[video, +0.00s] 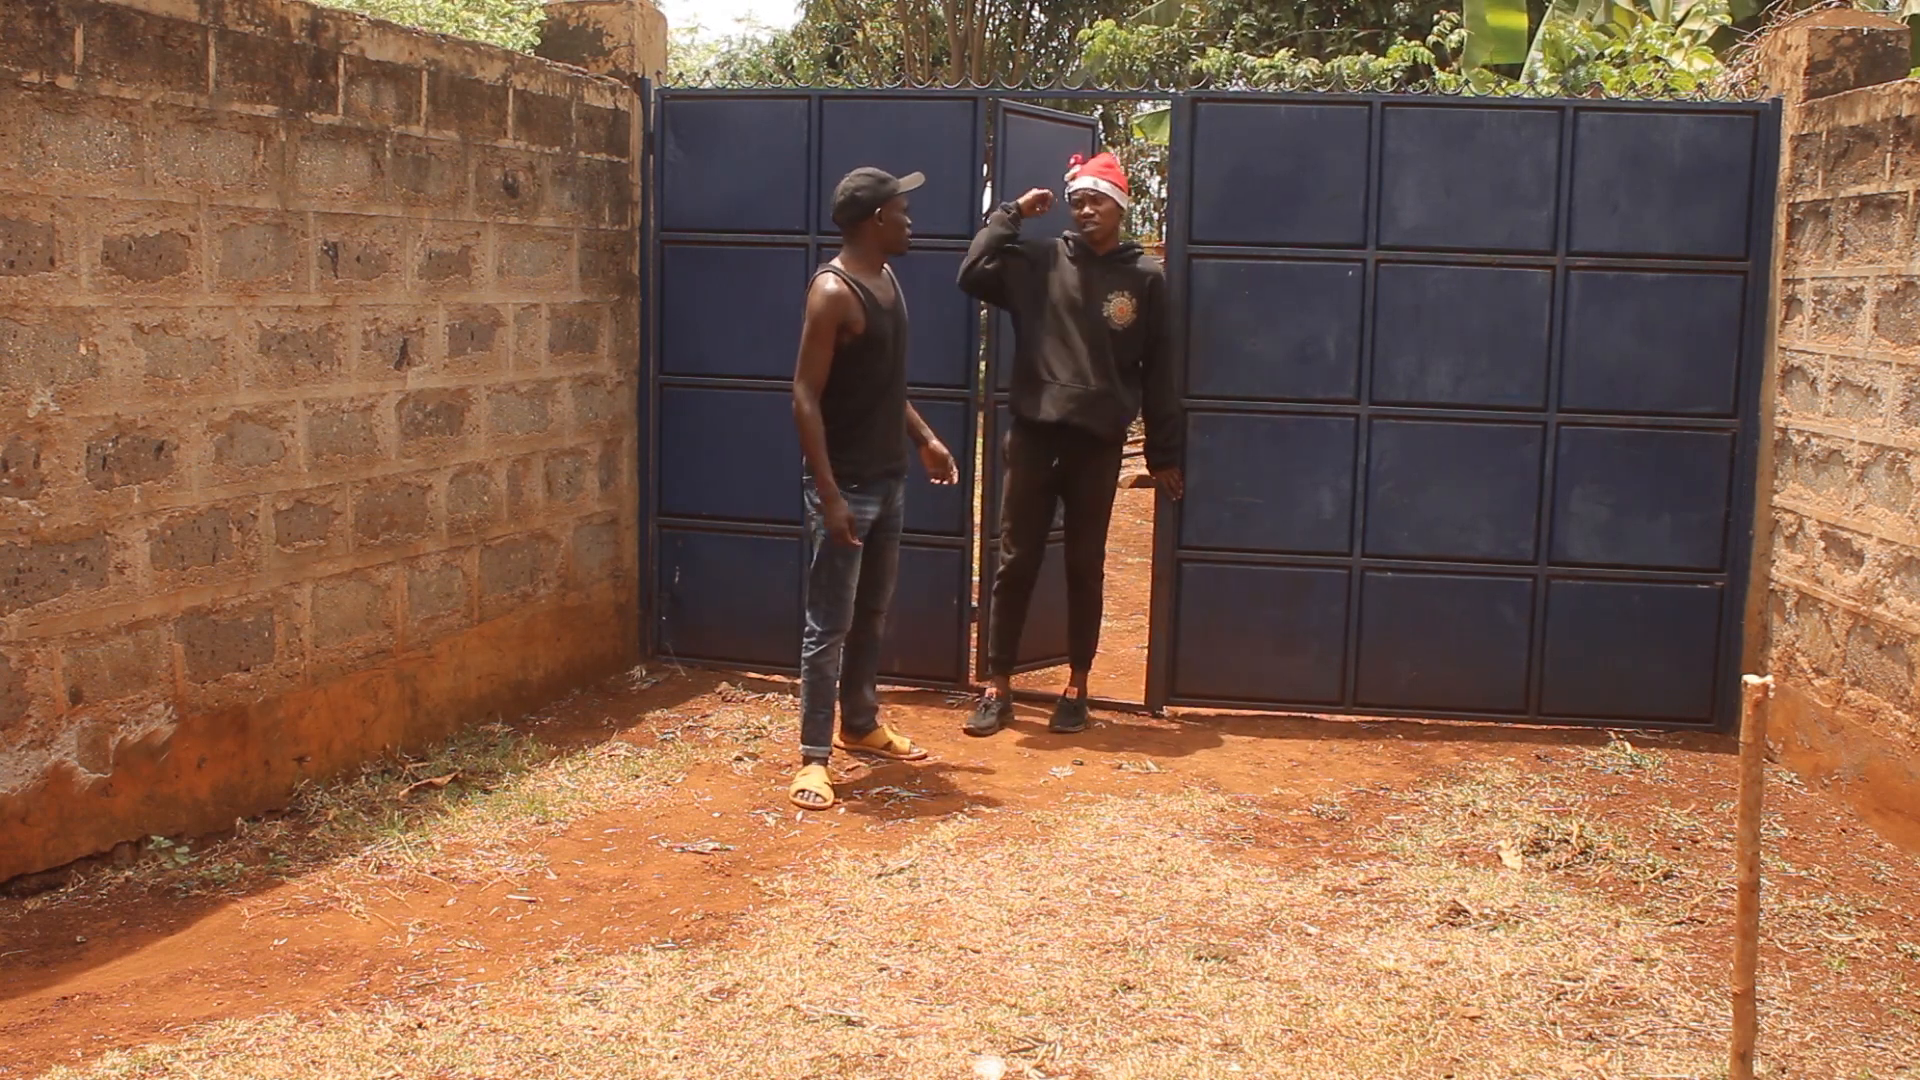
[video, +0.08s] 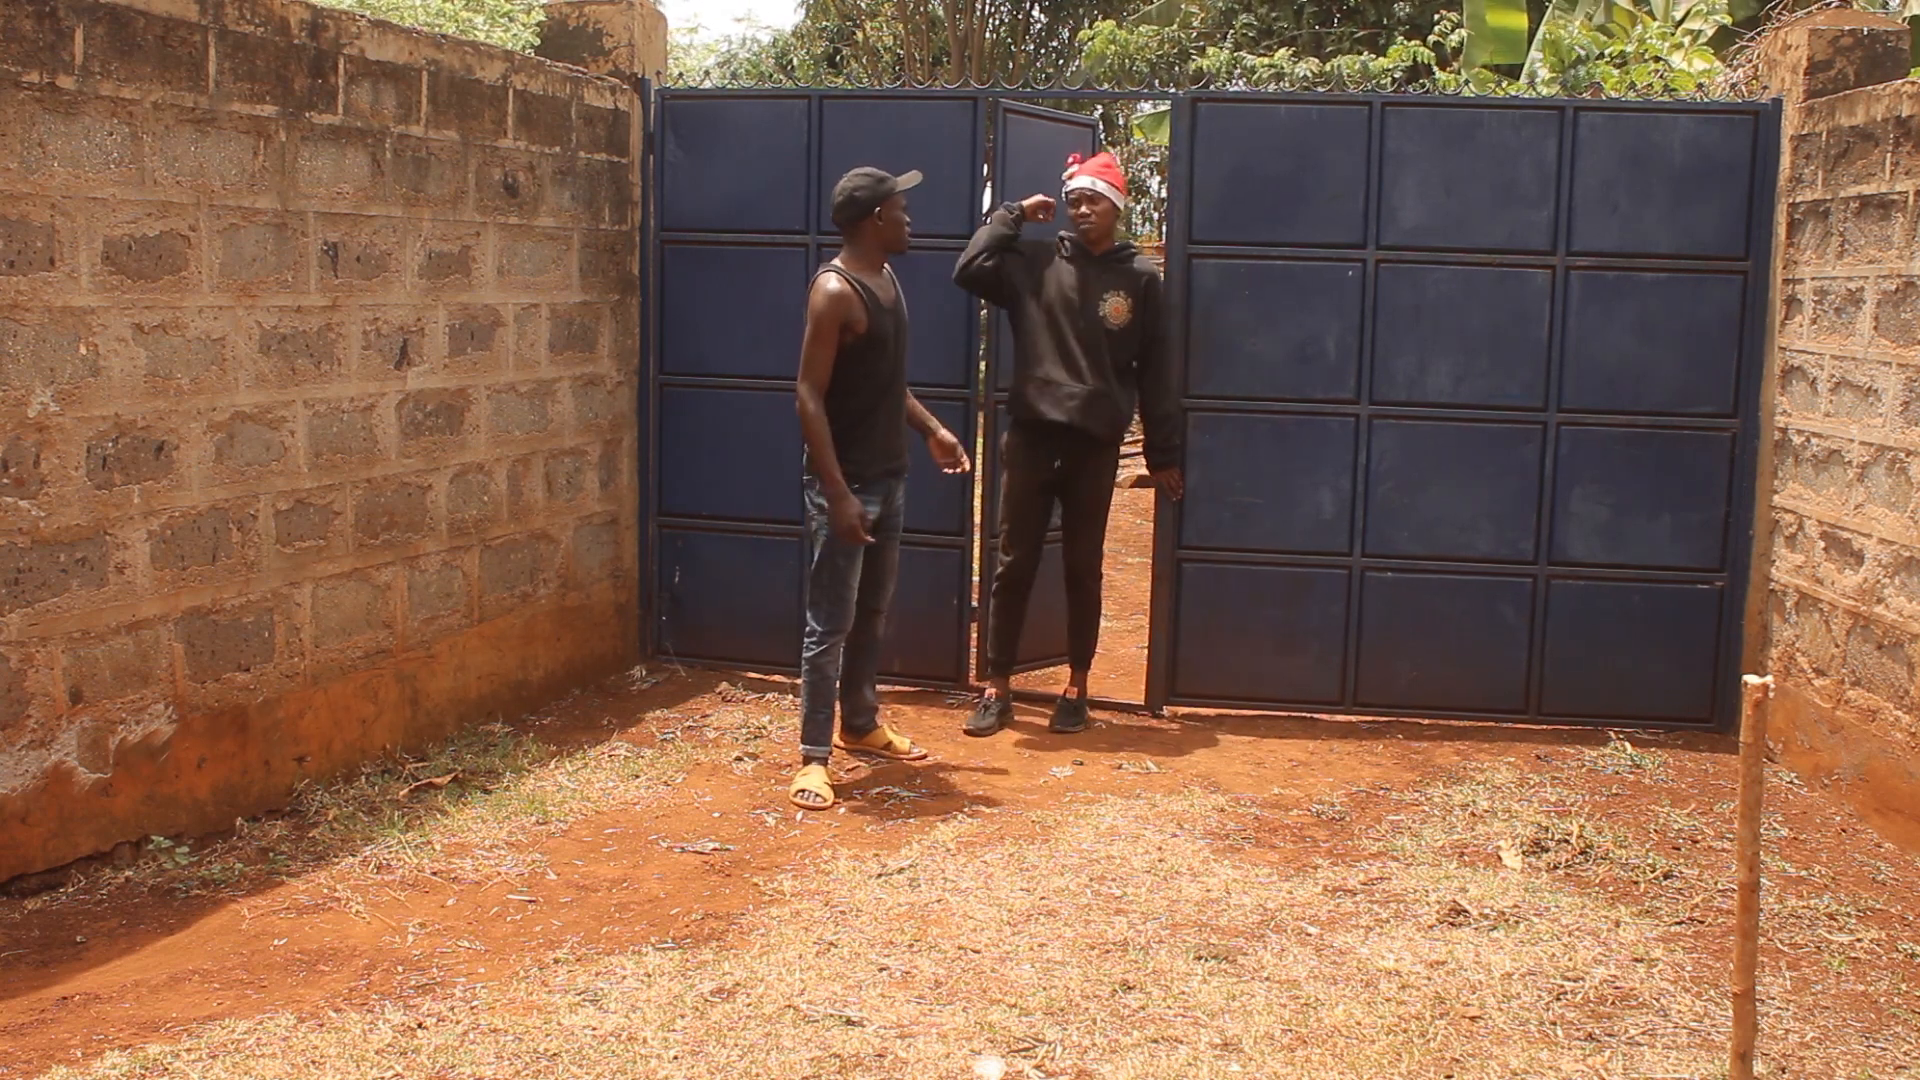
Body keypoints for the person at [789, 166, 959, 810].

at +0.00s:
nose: (909, 218)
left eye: (906, 208)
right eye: (901, 210)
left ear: (873, 220)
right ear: (869, 221)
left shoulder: (885, 279)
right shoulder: (831, 293)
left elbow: (881, 381)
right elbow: (804, 398)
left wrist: (924, 437)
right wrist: (829, 496)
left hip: (887, 477)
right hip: (842, 484)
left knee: (871, 613)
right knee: (827, 626)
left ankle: (861, 724)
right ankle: (814, 759)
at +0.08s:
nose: (910, 215)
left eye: (905, 205)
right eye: (901, 206)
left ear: (873, 220)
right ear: (872, 220)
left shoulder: (884, 281)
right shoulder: (833, 294)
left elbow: (883, 379)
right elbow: (808, 397)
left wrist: (931, 427)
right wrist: (838, 494)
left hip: (887, 477)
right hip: (841, 483)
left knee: (871, 611)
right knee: (828, 623)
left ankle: (861, 725)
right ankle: (814, 758)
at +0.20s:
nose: (910, 216)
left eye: (906, 206)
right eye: (901, 207)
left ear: (871, 219)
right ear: (874, 218)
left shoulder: (876, 280)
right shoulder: (839, 292)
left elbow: (896, 344)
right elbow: (816, 395)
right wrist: (845, 491)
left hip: (884, 477)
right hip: (843, 481)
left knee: (874, 611)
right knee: (830, 624)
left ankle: (860, 726)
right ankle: (813, 760)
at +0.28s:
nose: (915, 224)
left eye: (915, 213)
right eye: (906, 214)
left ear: (879, 219)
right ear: (875, 219)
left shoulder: (875, 269)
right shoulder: (848, 284)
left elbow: (916, 292)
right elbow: (826, 388)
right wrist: (850, 487)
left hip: (883, 471)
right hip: (845, 477)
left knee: (883, 604)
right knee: (835, 621)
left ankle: (861, 724)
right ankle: (810, 758)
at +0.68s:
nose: (934, 226)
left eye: (932, 217)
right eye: (928, 217)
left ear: (895, 222)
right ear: (903, 223)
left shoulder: (891, 277)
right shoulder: (867, 282)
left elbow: (929, 321)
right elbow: (854, 388)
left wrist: (992, 272)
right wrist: (900, 474)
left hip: (891, 468)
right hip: (857, 468)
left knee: (888, 603)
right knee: (844, 606)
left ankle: (860, 725)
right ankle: (802, 747)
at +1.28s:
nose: (940, 226)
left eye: (939, 216)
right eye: (935, 214)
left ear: (908, 217)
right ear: (909, 215)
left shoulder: (909, 266)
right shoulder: (861, 275)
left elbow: (973, 237)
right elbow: (855, 375)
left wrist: (1028, 185)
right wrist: (905, 461)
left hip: (900, 461)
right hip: (856, 459)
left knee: (886, 600)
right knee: (838, 602)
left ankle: (862, 725)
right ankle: (801, 738)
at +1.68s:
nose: (916, 233)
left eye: (918, 225)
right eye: (915, 223)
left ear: (881, 219)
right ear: (893, 219)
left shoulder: (875, 275)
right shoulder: (841, 280)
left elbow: (912, 293)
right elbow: (831, 386)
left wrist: (974, 238)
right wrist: (859, 480)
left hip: (887, 465)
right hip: (845, 468)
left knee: (874, 605)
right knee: (830, 609)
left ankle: (860, 725)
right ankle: (800, 743)